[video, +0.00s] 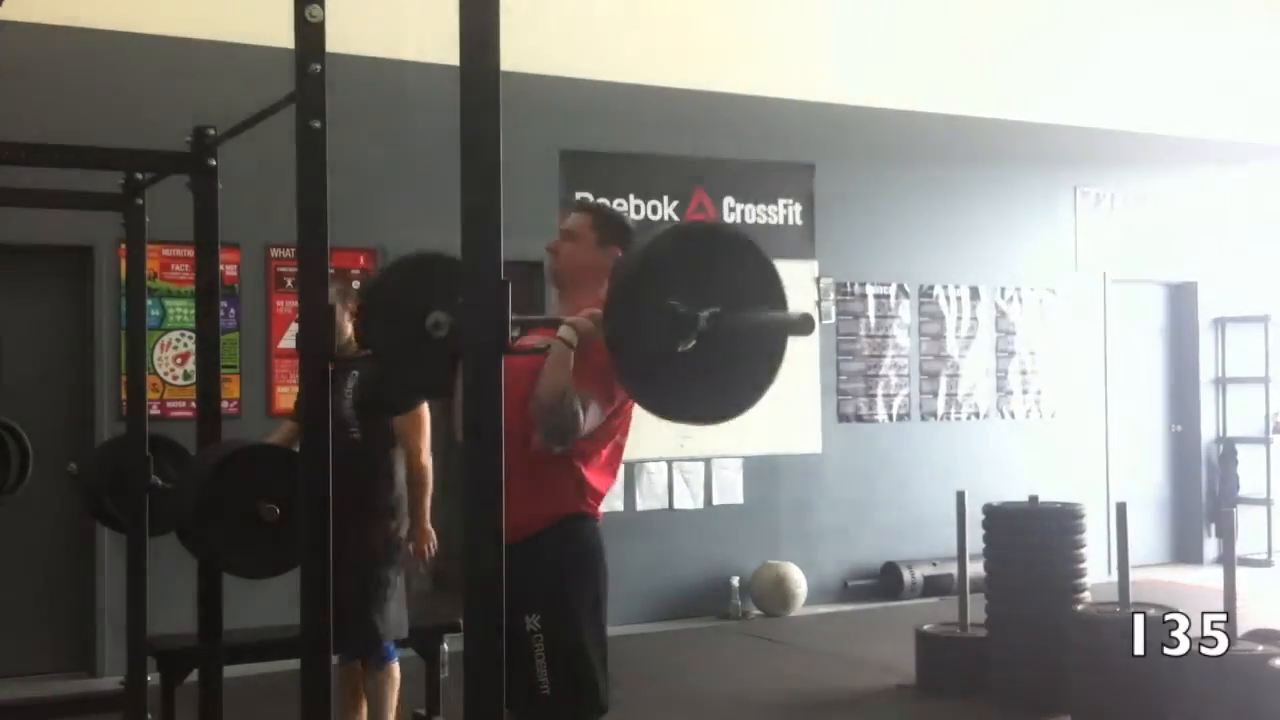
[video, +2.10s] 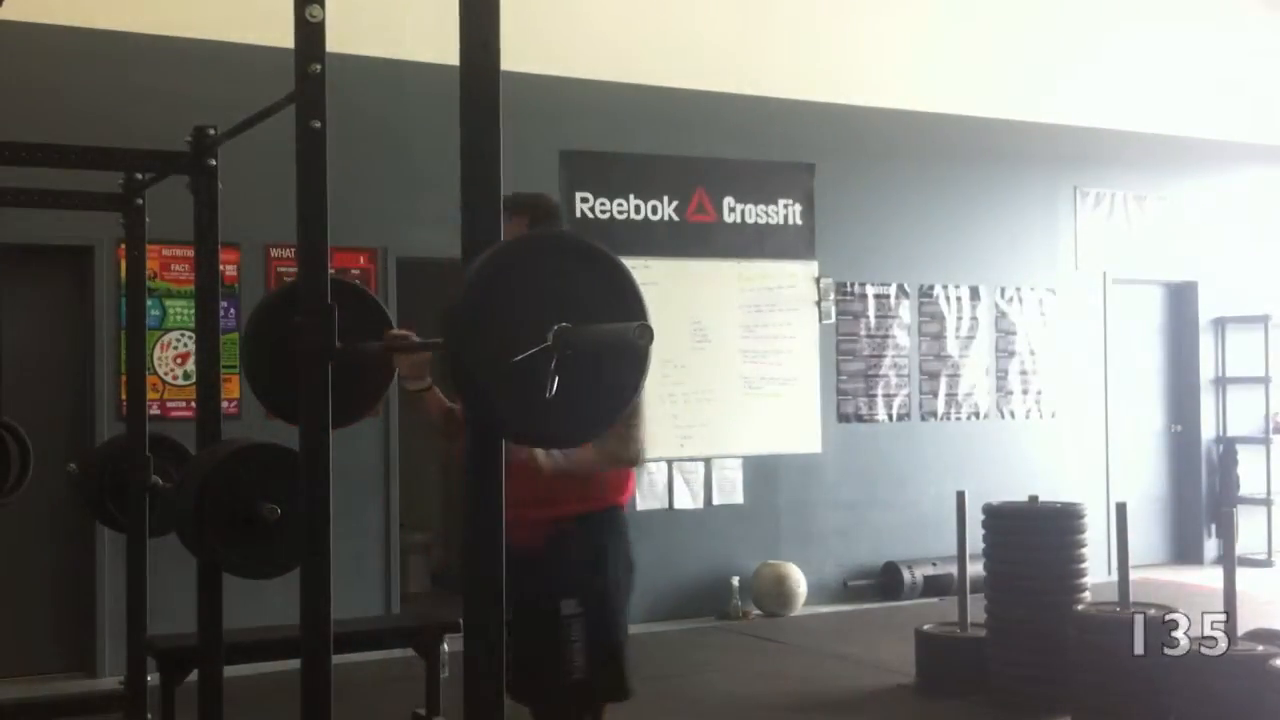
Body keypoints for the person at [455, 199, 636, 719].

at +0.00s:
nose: (552, 245)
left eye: (568, 237)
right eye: (557, 236)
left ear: (611, 256)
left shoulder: (610, 342)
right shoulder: (527, 339)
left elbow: (555, 431)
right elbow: (467, 430)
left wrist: (568, 335)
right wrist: (453, 342)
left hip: (559, 540)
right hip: (500, 540)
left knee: (568, 697)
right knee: (501, 694)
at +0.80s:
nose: (506, 256)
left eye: (524, 247)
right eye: (502, 242)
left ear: (548, 264)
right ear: (489, 249)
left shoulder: (539, 348)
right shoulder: (462, 340)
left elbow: (471, 440)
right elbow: (405, 434)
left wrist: (491, 343)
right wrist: (411, 348)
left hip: (491, 552)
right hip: (438, 552)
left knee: (487, 702)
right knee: (442, 702)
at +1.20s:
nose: (437, 244)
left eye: (450, 234)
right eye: (444, 233)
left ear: (479, 251)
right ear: (462, 252)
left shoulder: (491, 338)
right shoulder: (443, 337)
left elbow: (439, 445)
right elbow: (391, 435)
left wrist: (450, 333)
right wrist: (375, 363)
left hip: (463, 551)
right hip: (428, 549)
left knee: (459, 702)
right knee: (436, 699)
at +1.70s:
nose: (438, 259)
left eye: (445, 245)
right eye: (442, 244)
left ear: (467, 250)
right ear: (485, 251)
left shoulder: (517, 331)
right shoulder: (469, 335)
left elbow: (509, 456)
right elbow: (446, 437)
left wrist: (457, 377)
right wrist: (392, 386)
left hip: (515, 538)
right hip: (476, 537)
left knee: (538, 699)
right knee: (477, 698)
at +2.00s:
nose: (495, 266)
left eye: (507, 249)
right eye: (484, 251)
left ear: (537, 250)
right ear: (481, 262)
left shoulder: (581, 326)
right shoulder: (490, 334)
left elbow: (591, 449)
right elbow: (455, 430)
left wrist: (498, 415)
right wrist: (406, 380)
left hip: (575, 523)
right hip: (502, 522)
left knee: (574, 688)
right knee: (515, 683)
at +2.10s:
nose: (508, 263)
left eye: (521, 248)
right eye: (500, 249)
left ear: (553, 248)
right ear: (495, 256)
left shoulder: (600, 340)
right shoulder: (501, 335)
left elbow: (627, 447)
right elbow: (467, 433)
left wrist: (552, 457)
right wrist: (417, 381)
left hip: (582, 526)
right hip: (512, 526)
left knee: (582, 694)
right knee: (533, 690)